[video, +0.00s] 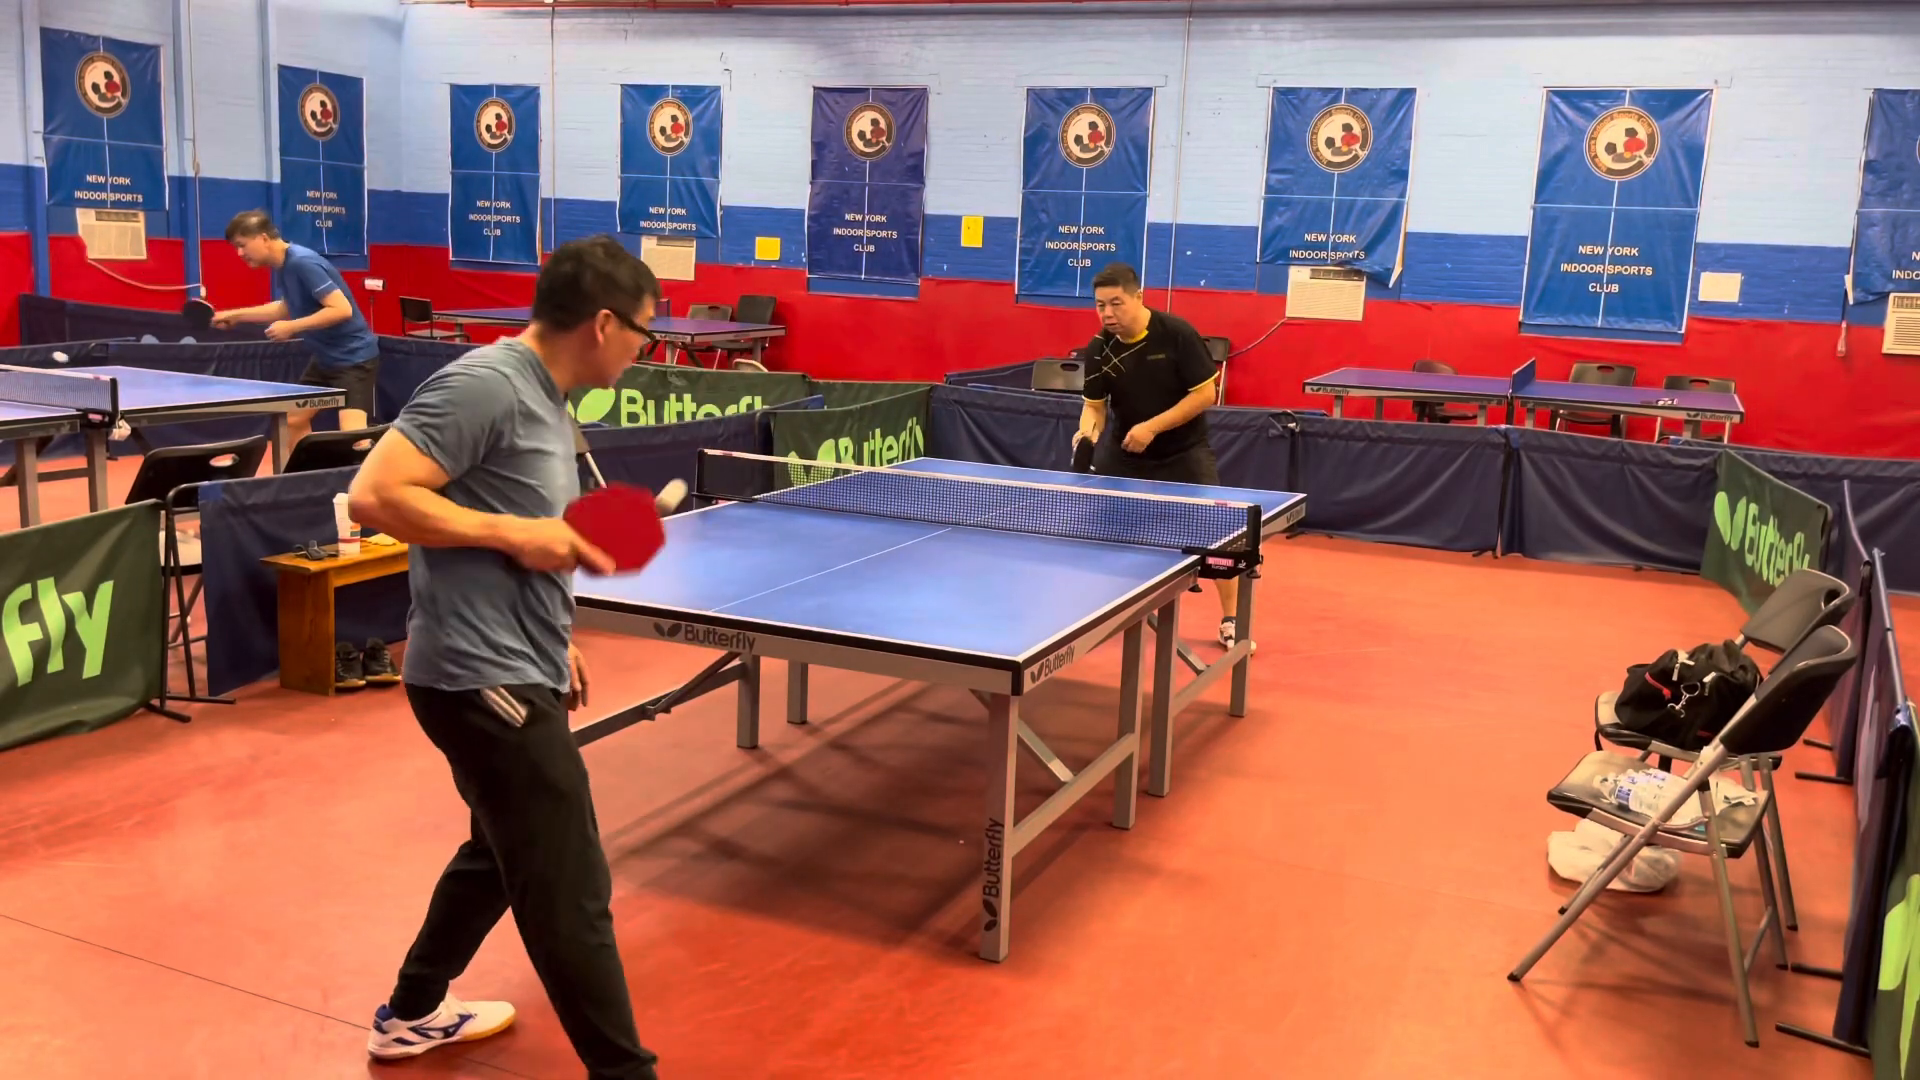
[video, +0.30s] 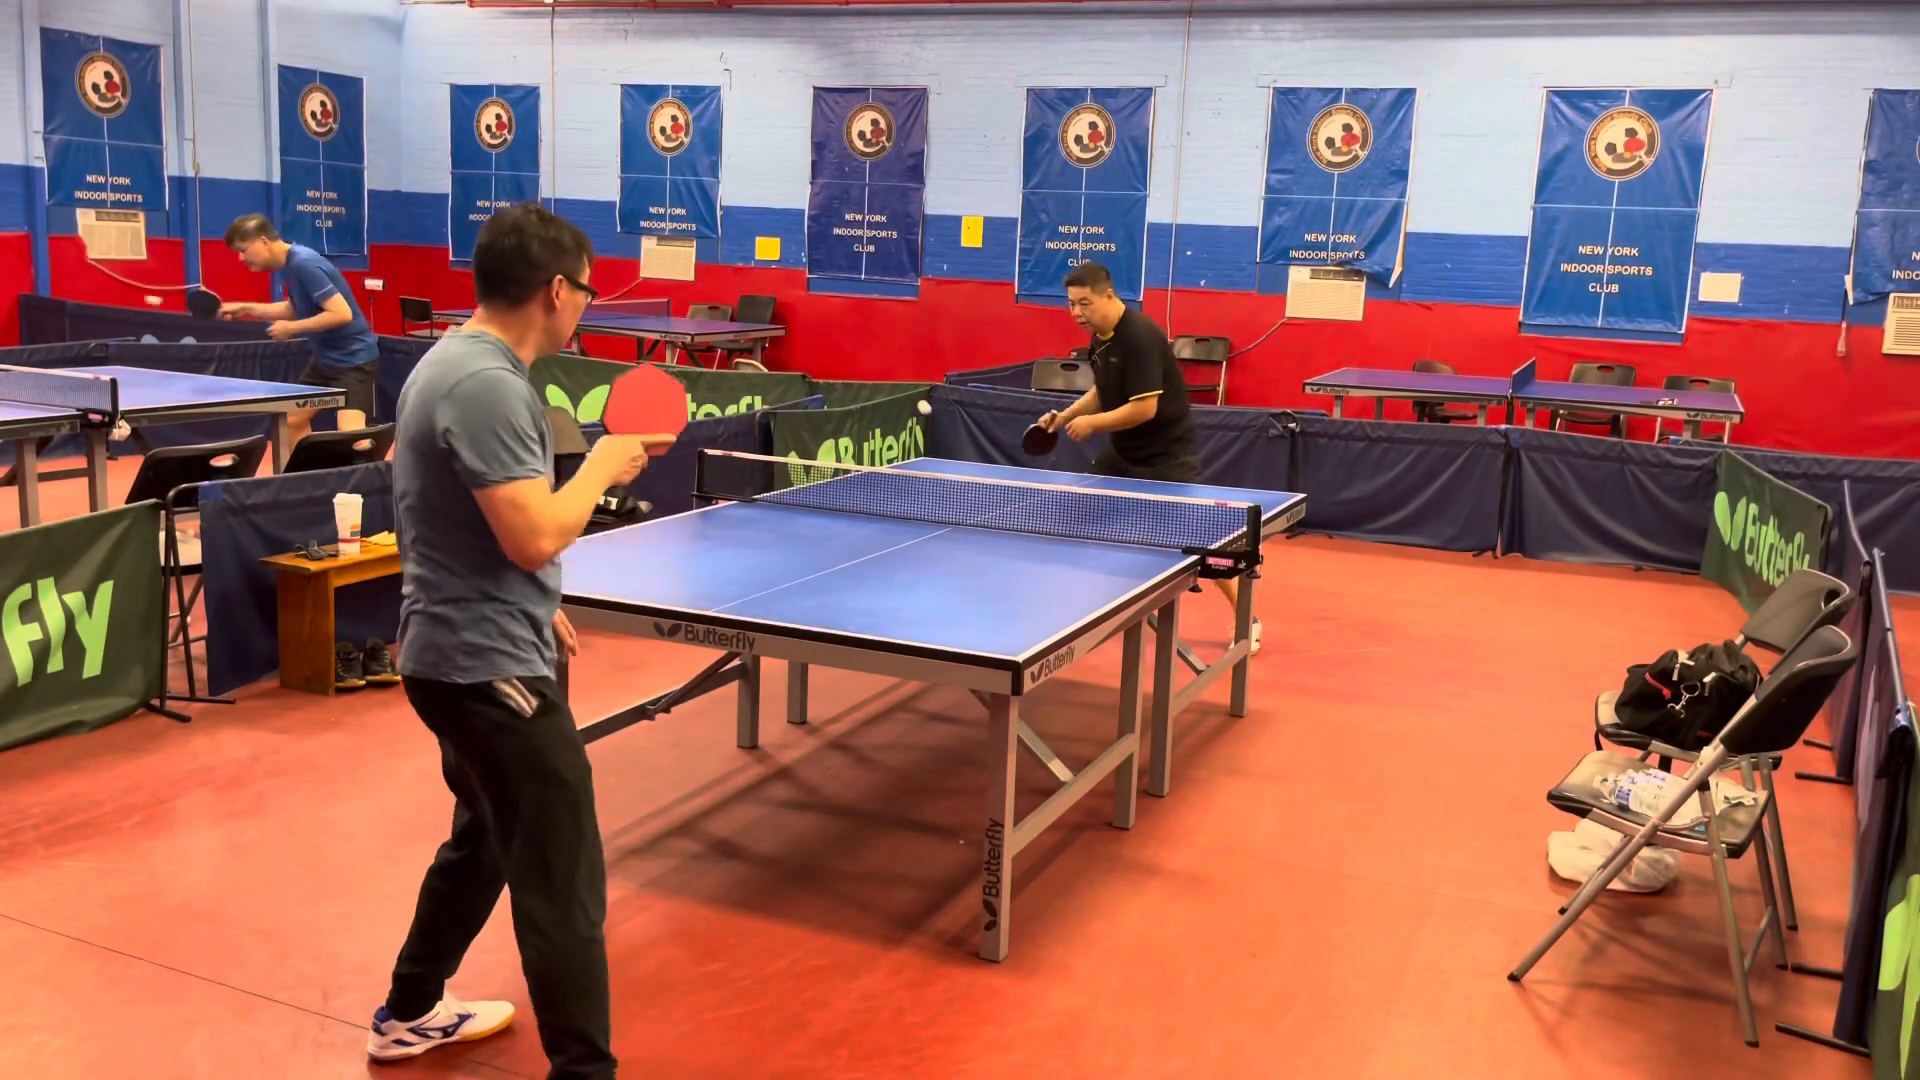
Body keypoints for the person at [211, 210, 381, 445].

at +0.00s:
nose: (240, 254)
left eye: (242, 246)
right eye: (237, 248)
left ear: (264, 239)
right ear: (263, 240)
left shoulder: (304, 263)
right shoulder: (283, 266)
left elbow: (342, 309)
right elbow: (288, 309)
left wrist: (292, 326)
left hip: (355, 358)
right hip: (326, 357)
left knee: (354, 434)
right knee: (294, 420)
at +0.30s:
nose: (241, 258)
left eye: (243, 250)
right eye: (239, 253)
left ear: (264, 242)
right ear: (264, 243)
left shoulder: (304, 264)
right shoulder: (289, 266)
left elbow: (342, 314)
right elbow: (294, 310)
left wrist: (292, 327)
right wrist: (246, 309)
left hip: (355, 360)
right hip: (326, 359)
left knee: (351, 433)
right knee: (292, 420)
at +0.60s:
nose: (278, 250)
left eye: (282, 243)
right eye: (275, 244)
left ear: (304, 236)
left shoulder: (349, 262)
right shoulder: (292, 266)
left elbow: (383, 311)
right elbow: (278, 308)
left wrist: (331, 323)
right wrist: (254, 303)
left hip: (372, 353)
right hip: (332, 354)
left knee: (369, 427)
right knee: (304, 421)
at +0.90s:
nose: (293, 240)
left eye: (297, 232)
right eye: (290, 234)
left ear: (320, 227)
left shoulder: (364, 253)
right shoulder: (308, 259)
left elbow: (401, 300)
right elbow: (296, 299)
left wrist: (350, 315)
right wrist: (257, 300)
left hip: (390, 350)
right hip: (351, 351)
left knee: (387, 427)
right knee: (327, 418)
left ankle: (411, 492)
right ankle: (362, 475)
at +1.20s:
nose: (305, 260)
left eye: (310, 252)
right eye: (302, 254)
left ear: (332, 244)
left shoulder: (377, 267)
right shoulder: (318, 275)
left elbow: (417, 311)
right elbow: (301, 312)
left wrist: (368, 330)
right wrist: (299, 326)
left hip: (404, 361)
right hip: (363, 362)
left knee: (421, 431)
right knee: (330, 430)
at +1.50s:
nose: (338, 265)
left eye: (343, 257)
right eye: (336, 259)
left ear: (365, 251)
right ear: (363, 252)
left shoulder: (412, 274)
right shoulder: (349, 274)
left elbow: (443, 324)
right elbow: (319, 292)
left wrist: (393, 335)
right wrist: (282, 308)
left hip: (434, 367)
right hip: (393, 368)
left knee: (440, 436)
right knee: (351, 431)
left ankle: (469, 491)